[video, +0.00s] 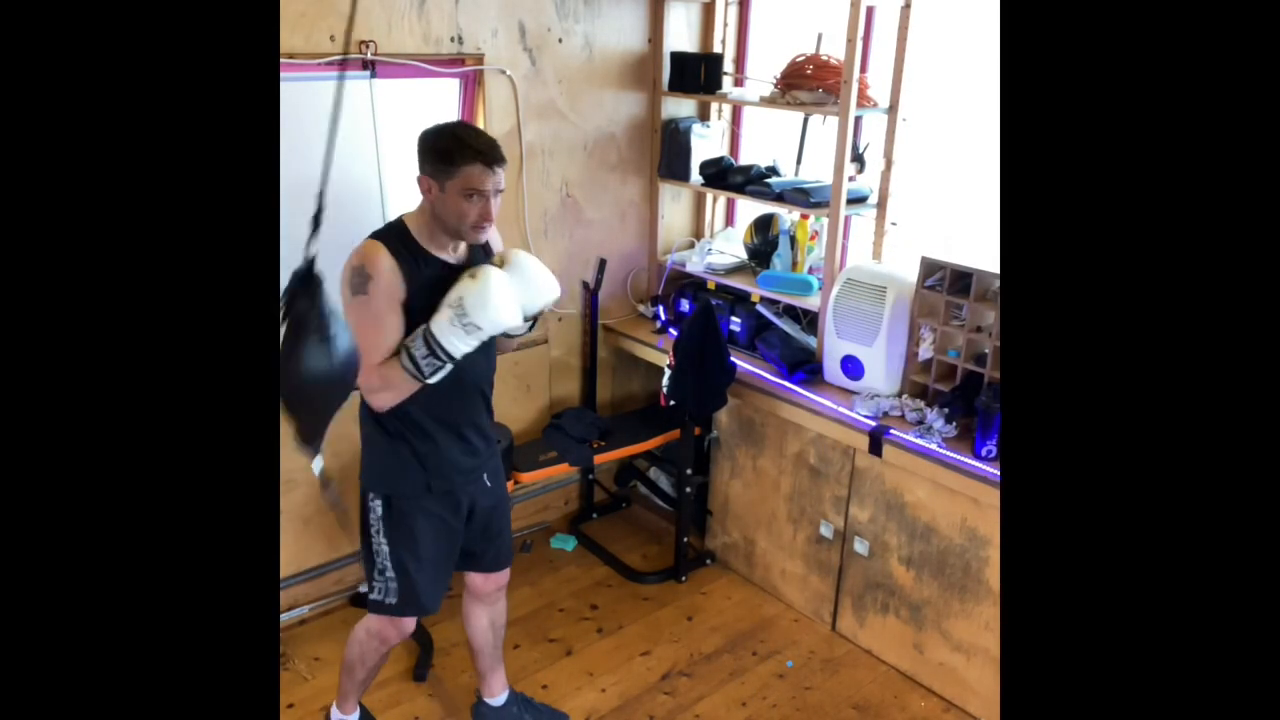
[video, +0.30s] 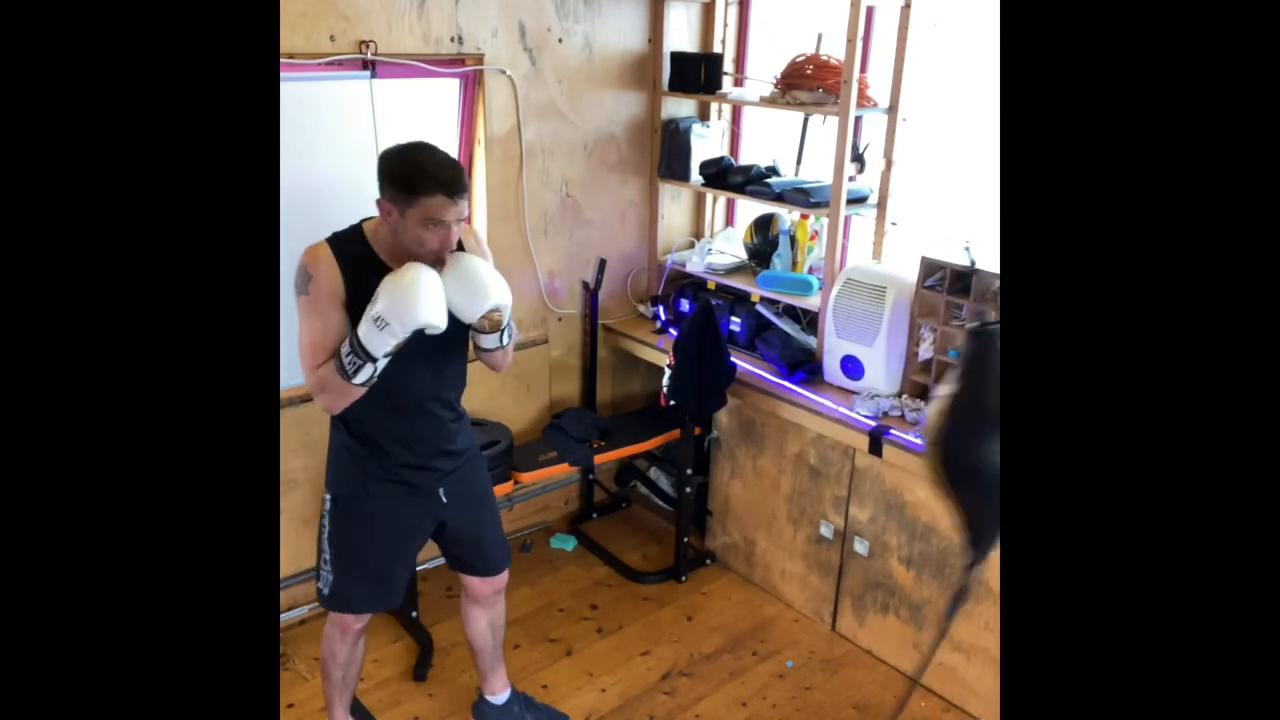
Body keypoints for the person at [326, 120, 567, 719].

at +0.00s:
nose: (489, 212)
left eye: (496, 195)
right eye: (472, 195)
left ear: (501, 190)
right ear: (428, 189)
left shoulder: (482, 247)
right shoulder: (376, 262)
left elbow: (501, 340)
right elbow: (377, 389)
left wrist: (524, 311)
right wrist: (451, 329)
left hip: (477, 454)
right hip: (405, 467)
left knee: (490, 579)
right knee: (393, 619)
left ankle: (496, 698)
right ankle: (344, 711)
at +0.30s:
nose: (449, 240)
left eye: (458, 223)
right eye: (433, 225)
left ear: (466, 212)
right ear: (387, 212)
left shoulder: (467, 248)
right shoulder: (329, 265)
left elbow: (500, 362)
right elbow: (329, 395)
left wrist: (489, 319)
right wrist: (378, 333)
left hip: (453, 451)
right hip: (371, 462)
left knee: (489, 579)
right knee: (351, 616)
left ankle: (498, 698)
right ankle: (340, 714)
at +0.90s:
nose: (507, 219)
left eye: (511, 203)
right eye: (491, 205)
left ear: (515, 199)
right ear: (444, 200)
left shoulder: (512, 245)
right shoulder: (392, 260)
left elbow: (534, 320)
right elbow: (382, 385)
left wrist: (546, 376)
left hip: (490, 445)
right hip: (417, 460)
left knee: (522, 559)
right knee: (378, 607)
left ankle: (535, 656)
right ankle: (345, 711)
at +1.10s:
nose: (548, 216)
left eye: (557, 201)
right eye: (534, 199)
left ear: (564, 196)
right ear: (494, 188)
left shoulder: (532, 243)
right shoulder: (457, 250)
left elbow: (532, 312)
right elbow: (488, 360)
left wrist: (575, 314)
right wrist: (571, 349)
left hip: (509, 427)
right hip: (444, 439)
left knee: (522, 549)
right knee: (409, 589)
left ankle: (534, 655)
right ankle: (366, 710)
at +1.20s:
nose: (555, 219)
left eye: (565, 204)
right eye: (541, 202)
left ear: (573, 195)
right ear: (503, 190)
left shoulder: (555, 235)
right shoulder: (454, 249)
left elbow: (557, 311)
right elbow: (435, 370)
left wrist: (586, 316)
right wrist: (521, 348)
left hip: (521, 420)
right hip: (452, 428)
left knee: (533, 545)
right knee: (429, 591)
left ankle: (535, 656)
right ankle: (385, 712)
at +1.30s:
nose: (545, 223)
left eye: (555, 206)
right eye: (530, 206)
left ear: (565, 198)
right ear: (493, 194)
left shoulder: (562, 235)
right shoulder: (440, 248)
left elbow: (579, 336)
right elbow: (414, 358)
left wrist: (581, 315)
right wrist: (481, 328)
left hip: (529, 432)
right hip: (454, 439)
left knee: (537, 553)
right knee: (431, 591)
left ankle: (535, 656)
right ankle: (390, 712)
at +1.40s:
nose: (537, 221)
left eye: (545, 204)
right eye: (521, 204)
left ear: (554, 196)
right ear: (480, 195)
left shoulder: (557, 240)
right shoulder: (430, 248)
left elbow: (583, 340)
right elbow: (404, 359)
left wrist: (573, 307)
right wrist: (457, 321)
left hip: (527, 430)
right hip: (449, 433)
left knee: (535, 555)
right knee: (419, 592)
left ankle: (536, 655)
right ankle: (378, 712)